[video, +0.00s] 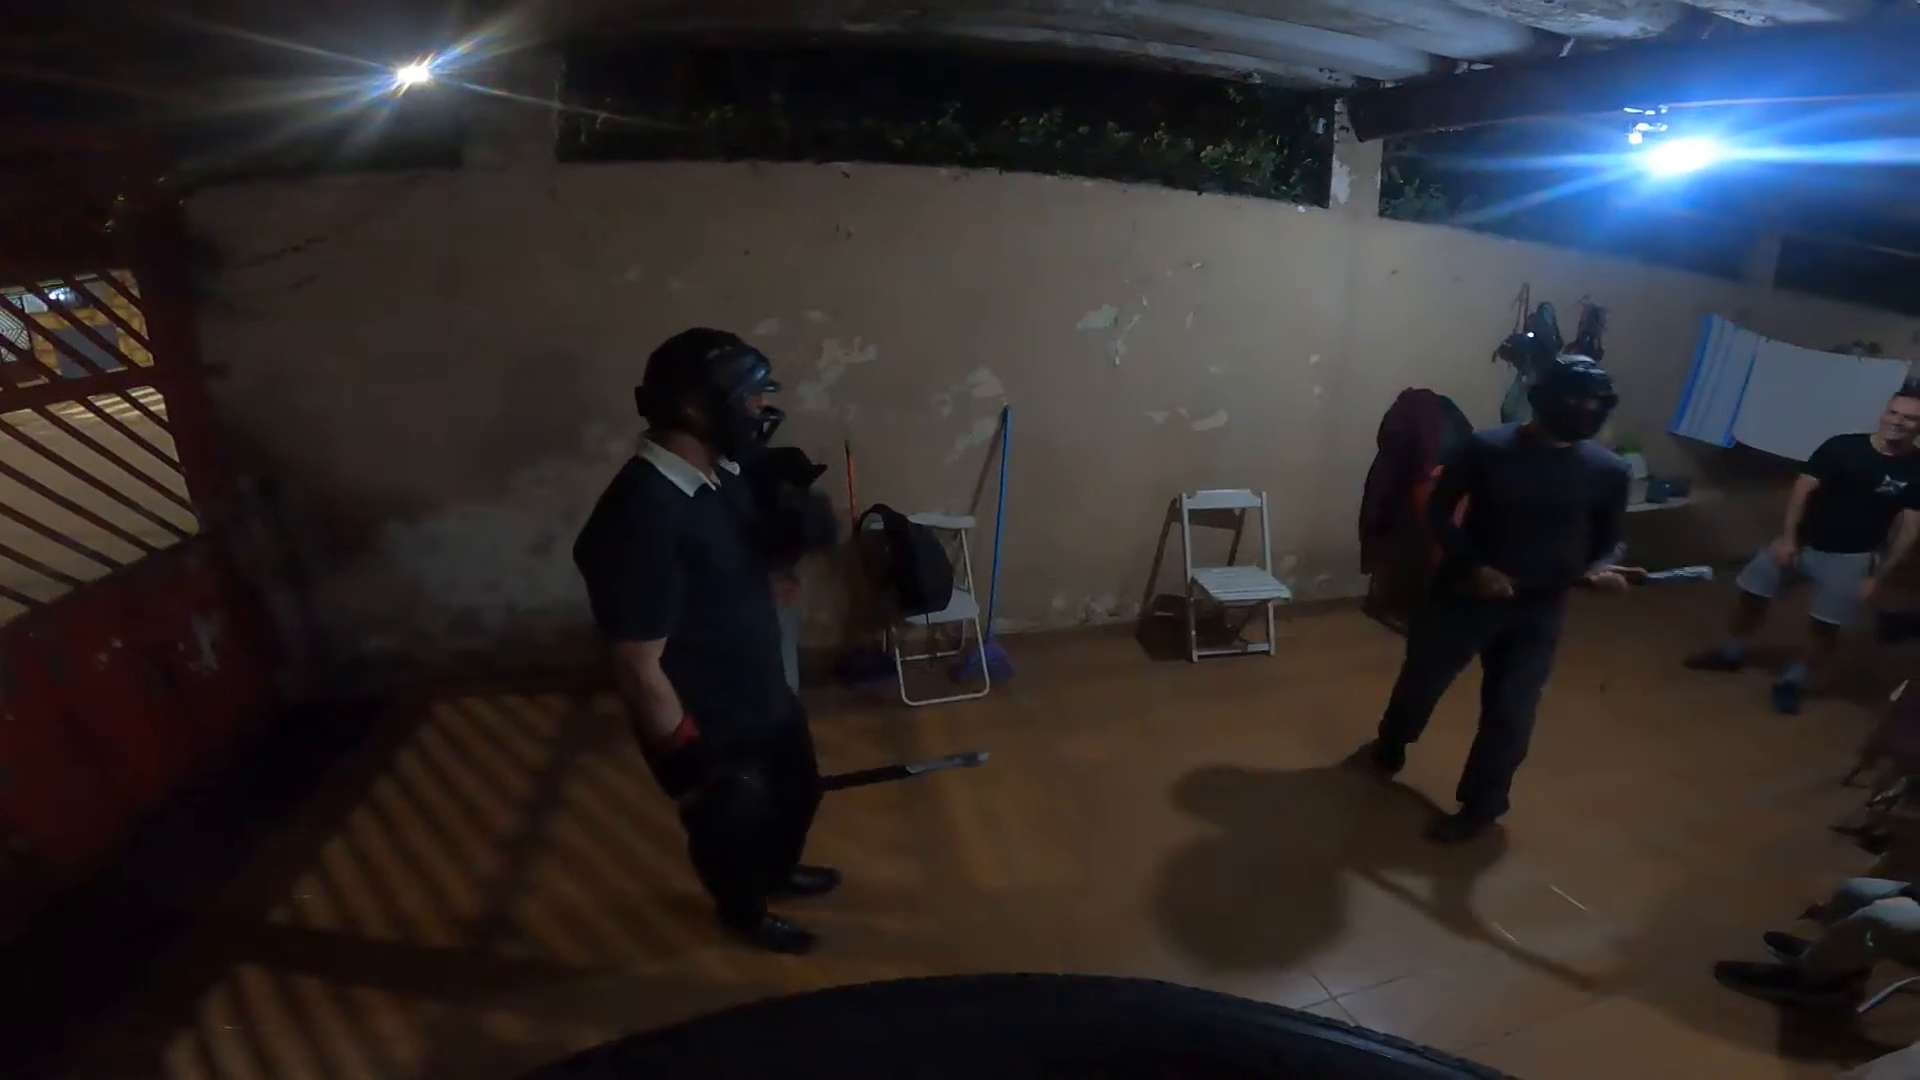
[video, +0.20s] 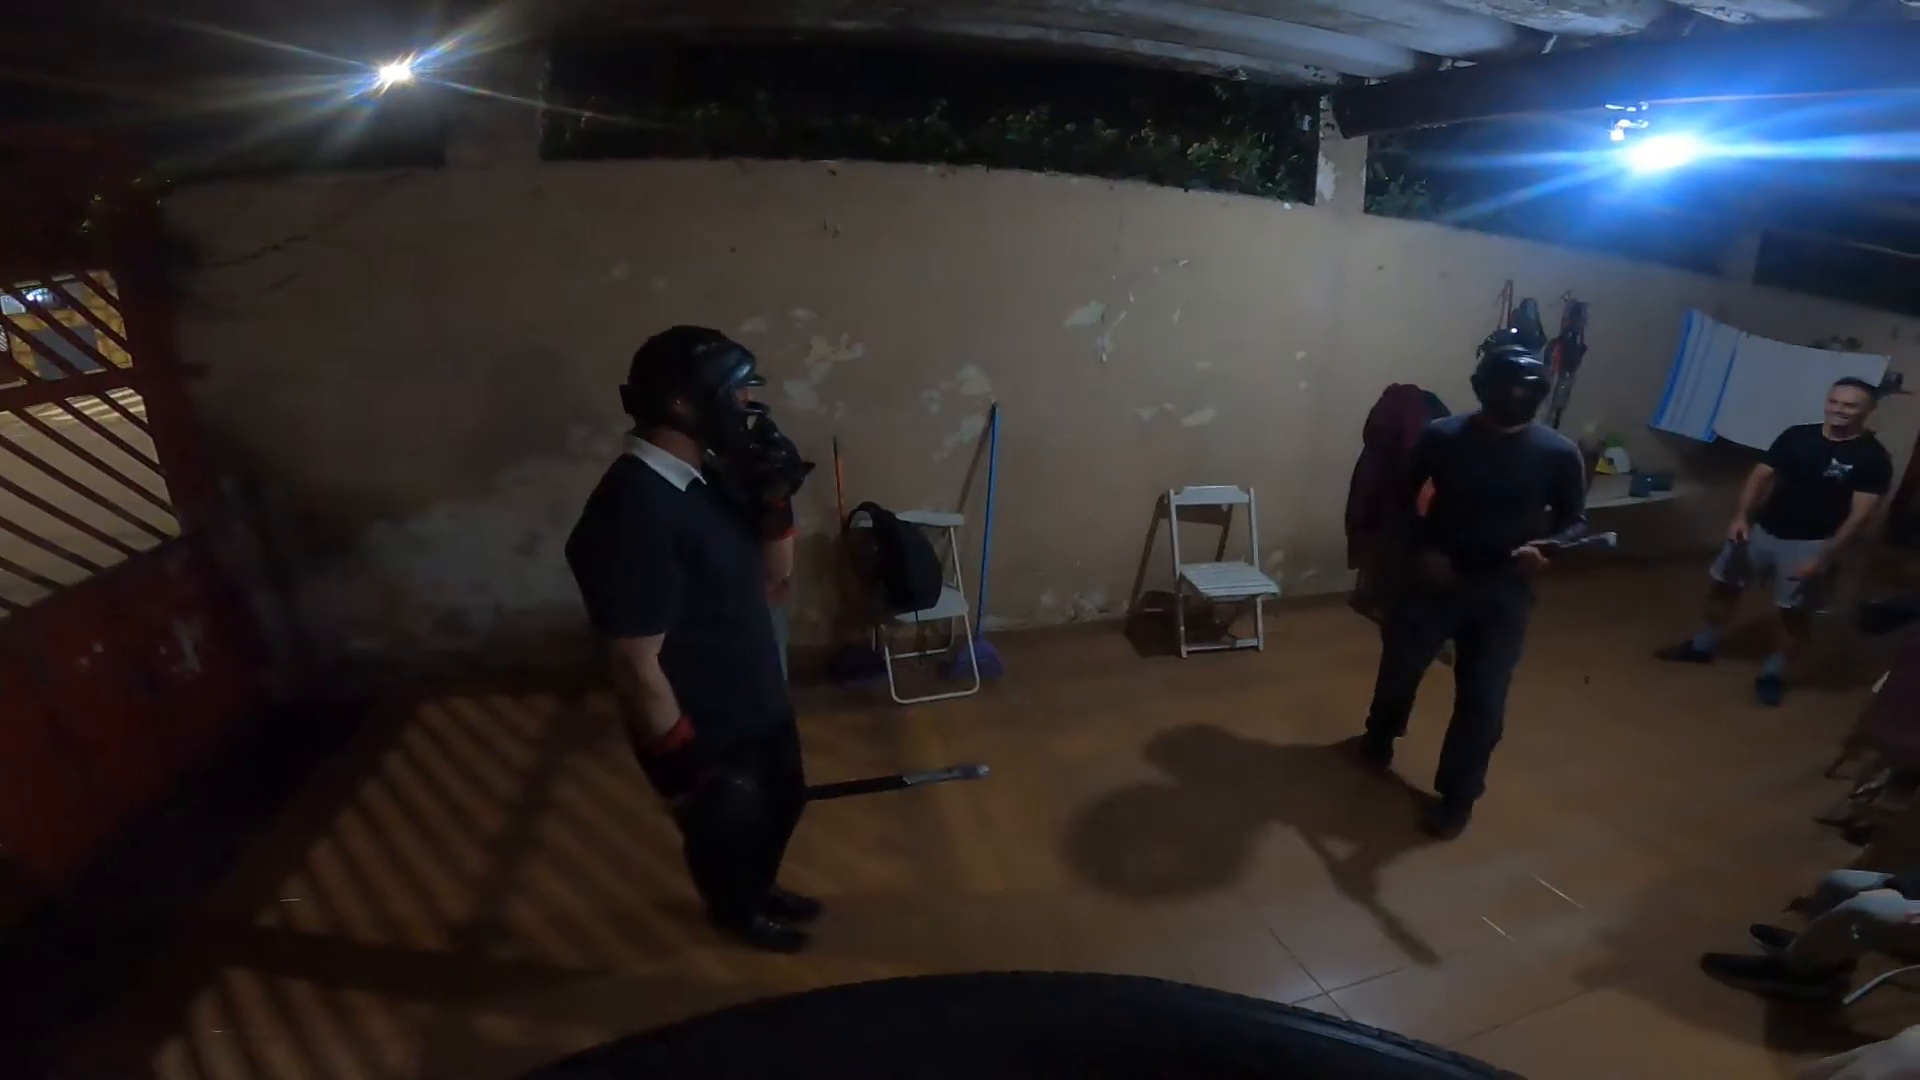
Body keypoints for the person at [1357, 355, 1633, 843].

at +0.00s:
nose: (1591, 412)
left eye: (1598, 403)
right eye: (1580, 401)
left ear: (1604, 409)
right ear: (1548, 399)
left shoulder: (1605, 474)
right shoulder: (1487, 449)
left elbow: (1608, 537)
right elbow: (1437, 513)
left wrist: (1600, 564)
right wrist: (1473, 566)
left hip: (1536, 612)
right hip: (1464, 598)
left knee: (1509, 717)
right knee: (1420, 681)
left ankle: (1479, 810)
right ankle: (1390, 746)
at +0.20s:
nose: (1519, 393)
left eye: (1530, 383)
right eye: (1508, 381)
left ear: (1542, 390)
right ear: (1483, 382)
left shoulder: (1558, 456)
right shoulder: (1442, 439)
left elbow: (1576, 523)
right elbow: (1400, 503)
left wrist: (1546, 549)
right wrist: (1419, 551)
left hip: (1502, 593)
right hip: (1434, 579)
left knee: (1482, 704)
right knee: (1399, 665)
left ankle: (1457, 799)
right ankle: (1379, 739)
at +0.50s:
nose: (1434, 405)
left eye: (1442, 396)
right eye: (1430, 396)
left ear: (1467, 389)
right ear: (1423, 390)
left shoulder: (1508, 436)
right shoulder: (1402, 427)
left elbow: (1539, 503)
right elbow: (1373, 488)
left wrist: (1489, 531)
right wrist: (1379, 536)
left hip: (1465, 572)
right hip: (1402, 562)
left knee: (1454, 676)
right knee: (1375, 652)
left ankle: (1439, 761)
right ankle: (1360, 728)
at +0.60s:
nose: (1423, 404)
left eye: (1429, 395)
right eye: (1418, 395)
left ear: (1449, 386)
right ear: (1409, 388)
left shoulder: (1493, 432)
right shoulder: (1387, 426)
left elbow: (1526, 498)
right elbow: (1361, 489)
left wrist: (1470, 527)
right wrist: (1362, 534)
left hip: (1454, 566)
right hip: (1391, 557)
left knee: (1446, 663)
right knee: (1364, 644)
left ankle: (1437, 746)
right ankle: (1350, 725)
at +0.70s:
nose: (1415, 399)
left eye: (1422, 390)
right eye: (1407, 389)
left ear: (1445, 380)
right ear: (1396, 381)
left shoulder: (1479, 428)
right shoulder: (1376, 422)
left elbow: (1509, 495)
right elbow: (1347, 485)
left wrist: (1453, 521)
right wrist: (1345, 528)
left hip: (1439, 560)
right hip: (1376, 551)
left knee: (1434, 655)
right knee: (1352, 638)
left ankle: (1424, 733)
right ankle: (1337, 718)